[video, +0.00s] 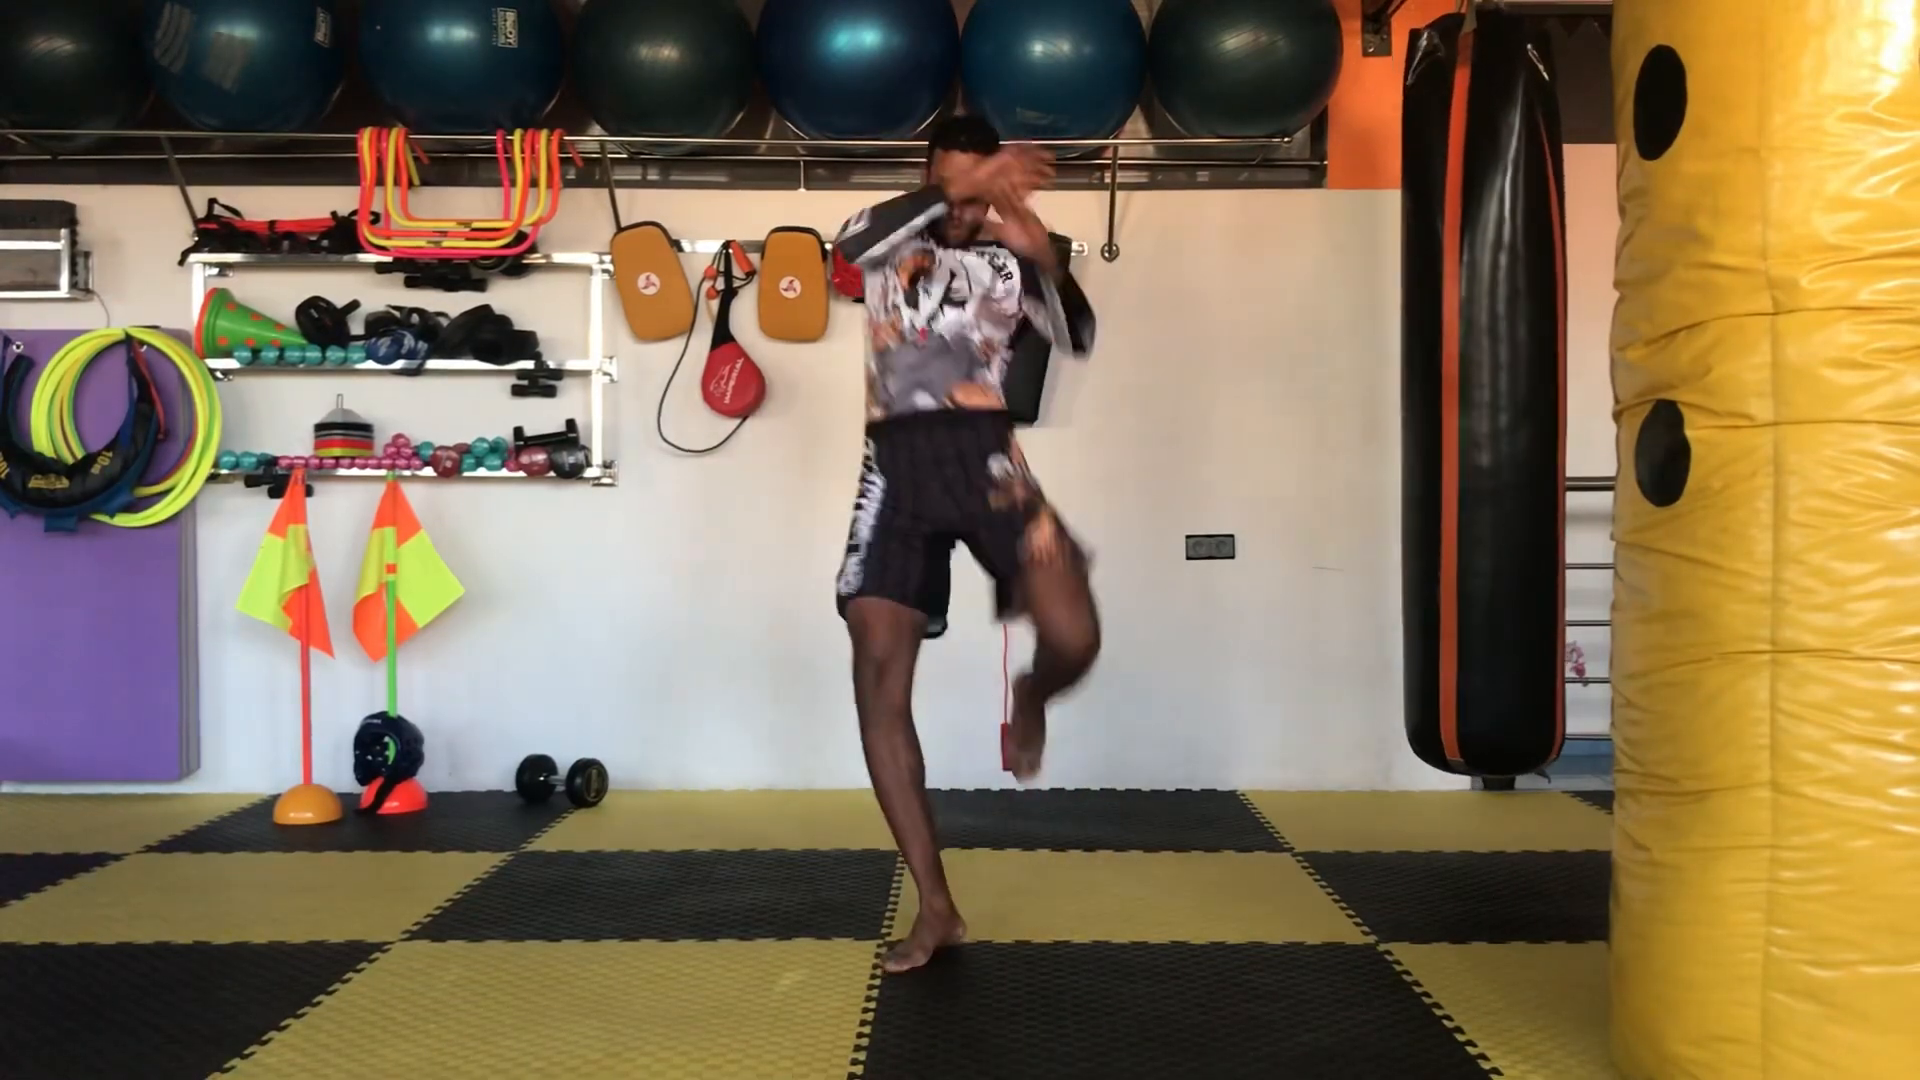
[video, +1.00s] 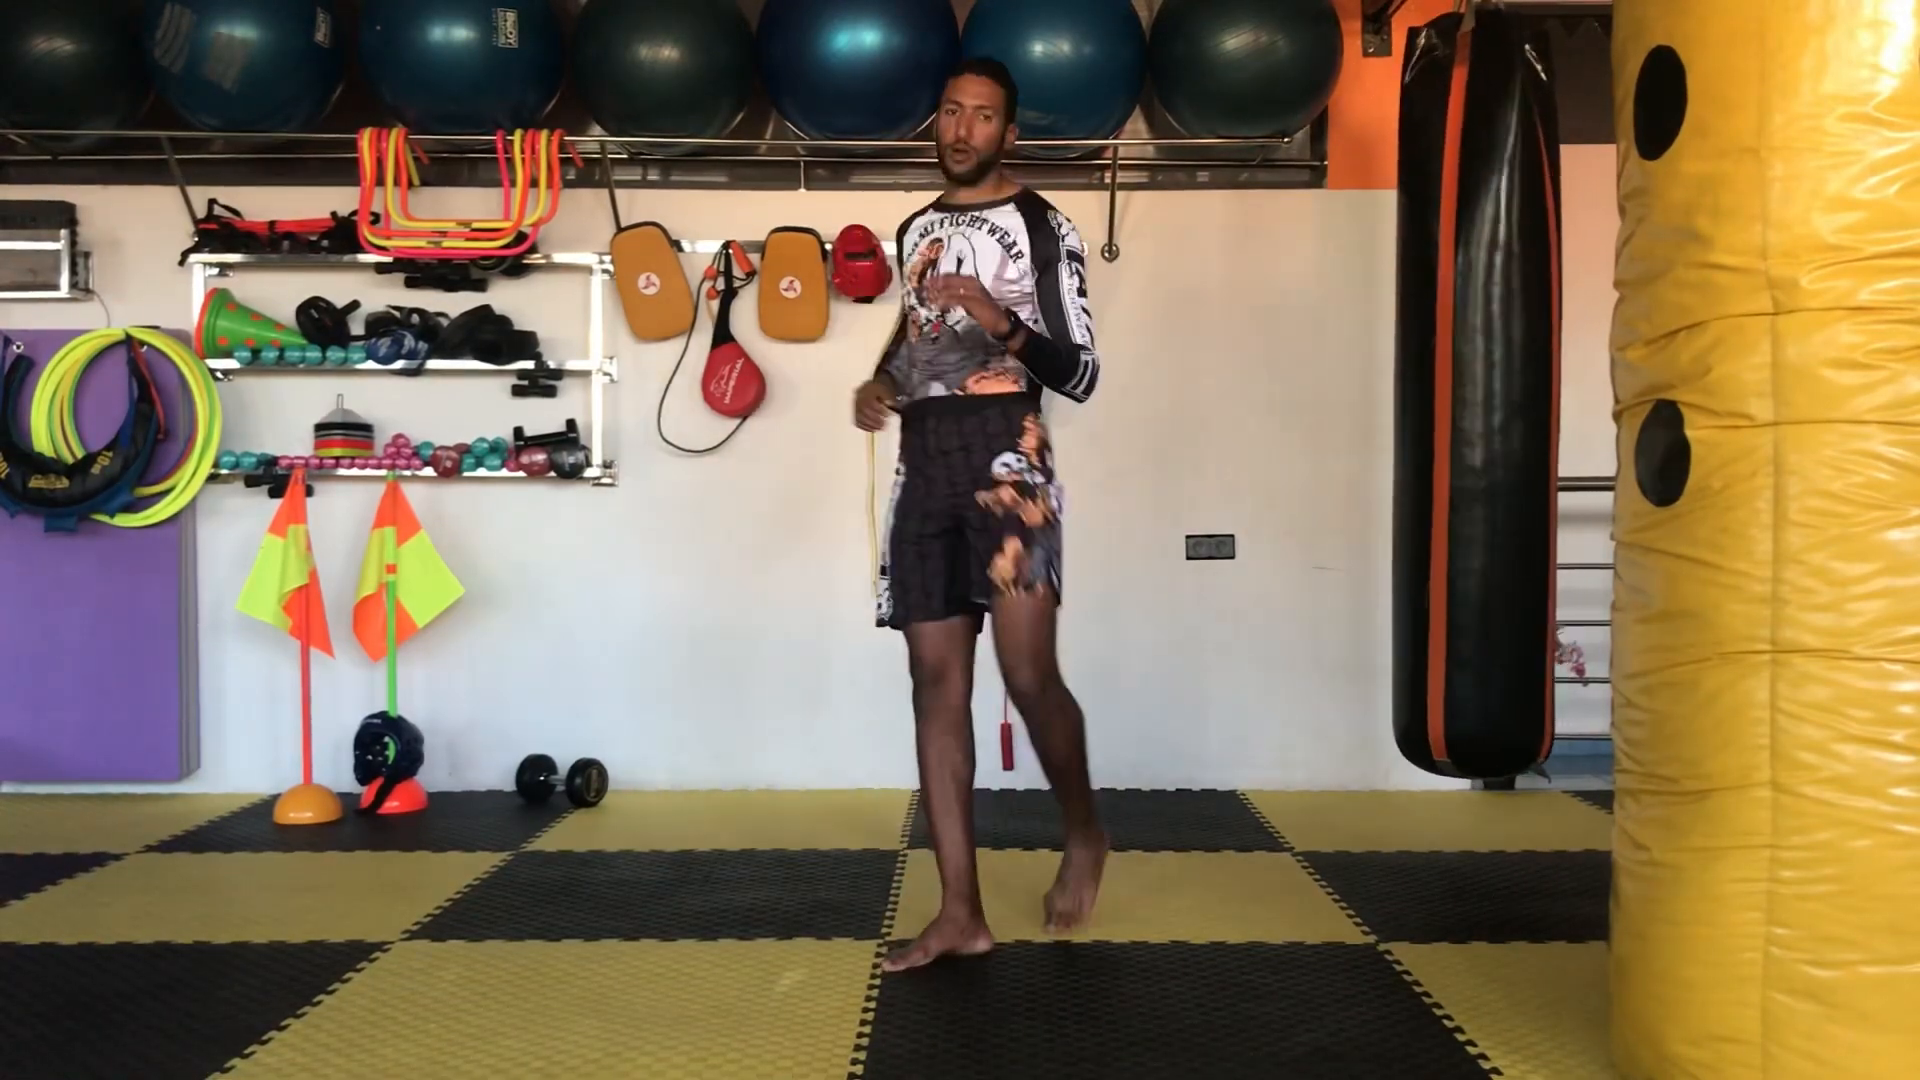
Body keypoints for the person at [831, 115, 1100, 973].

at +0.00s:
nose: (979, 188)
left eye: (989, 174)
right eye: (965, 173)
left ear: (1004, 176)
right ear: (937, 171)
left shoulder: (1026, 251)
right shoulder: (885, 234)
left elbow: (1078, 338)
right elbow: (848, 253)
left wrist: (1042, 256)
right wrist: (961, 190)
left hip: (988, 453)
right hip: (895, 460)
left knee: (1074, 640)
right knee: (878, 677)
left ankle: (1028, 701)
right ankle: (934, 905)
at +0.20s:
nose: (975, 197)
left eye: (991, 186)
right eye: (961, 183)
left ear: (1008, 188)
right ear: (939, 176)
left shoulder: (1028, 260)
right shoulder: (893, 220)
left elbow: (1032, 374)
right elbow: (894, 225)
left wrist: (1081, 479)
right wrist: (1002, 227)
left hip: (962, 406)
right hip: (877, 424)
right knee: (871, 666)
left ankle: (1064, 526)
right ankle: (935, 888)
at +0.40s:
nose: (971, 192)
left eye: (987, 180)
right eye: (958, 178)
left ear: (1013, 190)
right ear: (940, 181)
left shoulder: (1027, 259)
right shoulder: (905, 234)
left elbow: (1037, 365)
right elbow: (874, 201)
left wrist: (1072, 450)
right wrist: (996, 217)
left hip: (943, 407)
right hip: (864, 438)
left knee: (952, 284)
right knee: (862, 669)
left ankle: (1034, 511)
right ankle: (932, 884)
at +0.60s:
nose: (966, 178)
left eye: (983, 163)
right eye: (953, 163)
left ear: (1013, 172)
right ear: (938, 171)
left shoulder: (1036, 249)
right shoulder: (904, 241)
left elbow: (1048, 385)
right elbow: (838, 239)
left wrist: (1038, 385)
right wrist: (955, 215)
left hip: (951, 415)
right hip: (869, 424)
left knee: (928, 373)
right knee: (876, 671)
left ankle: (1025, 587)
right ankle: (944, 895)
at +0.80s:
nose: (963, 140)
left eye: (981, 126)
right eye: (951, 125)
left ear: (1011, 140)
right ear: (935, 134)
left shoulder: (1038, 241)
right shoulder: (909, 228)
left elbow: (1060, 381)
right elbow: (822, 342)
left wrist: (1004, 332)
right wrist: (840, 304)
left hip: (972, 421)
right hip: (895, 438)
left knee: (958, 555)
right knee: (917, 679)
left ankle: (1043, 732)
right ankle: (961, 912)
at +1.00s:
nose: (963, 127)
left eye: (982, 114)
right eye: (953, 110)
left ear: (1011, 129)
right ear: (936, 121)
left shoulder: (1042, 226)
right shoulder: (920, 234)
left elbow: (1080, 374)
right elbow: (916, 346)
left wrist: (994, 314)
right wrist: (880, 383)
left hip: (1006, 462)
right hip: (927, 466)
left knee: (1028, 678)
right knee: (937, 685)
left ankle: (1085, 839)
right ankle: (959, 909)